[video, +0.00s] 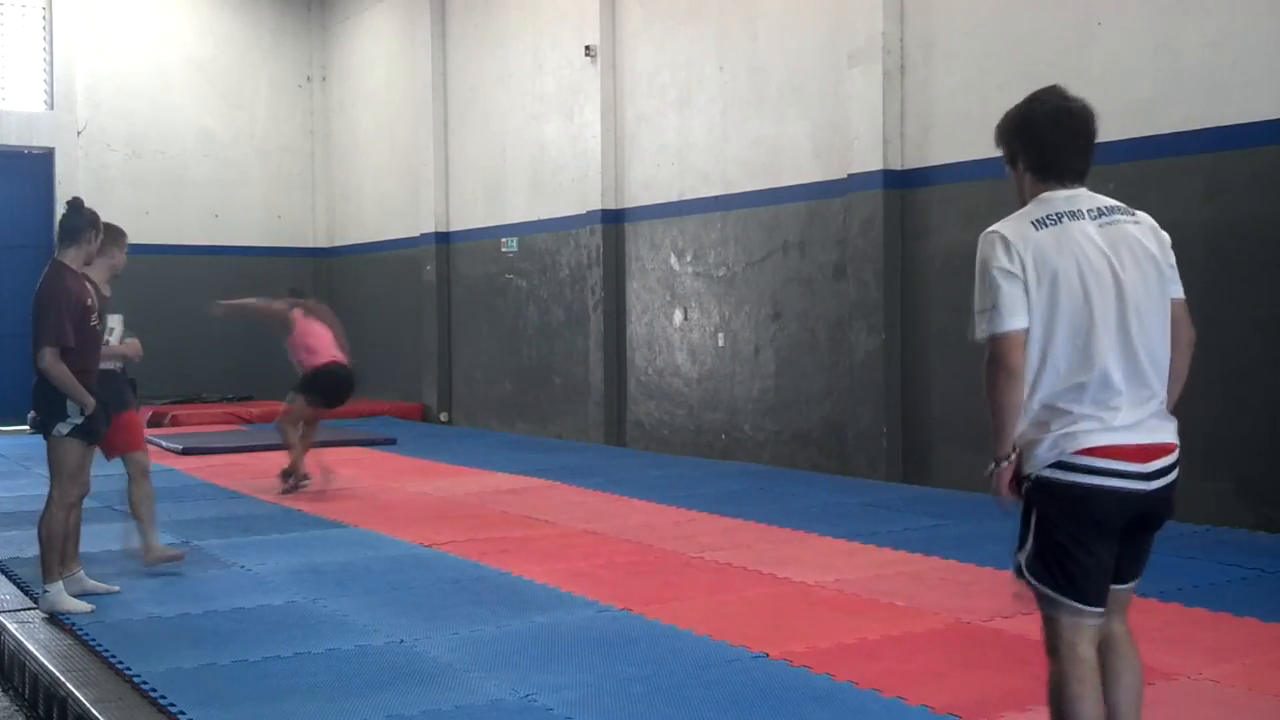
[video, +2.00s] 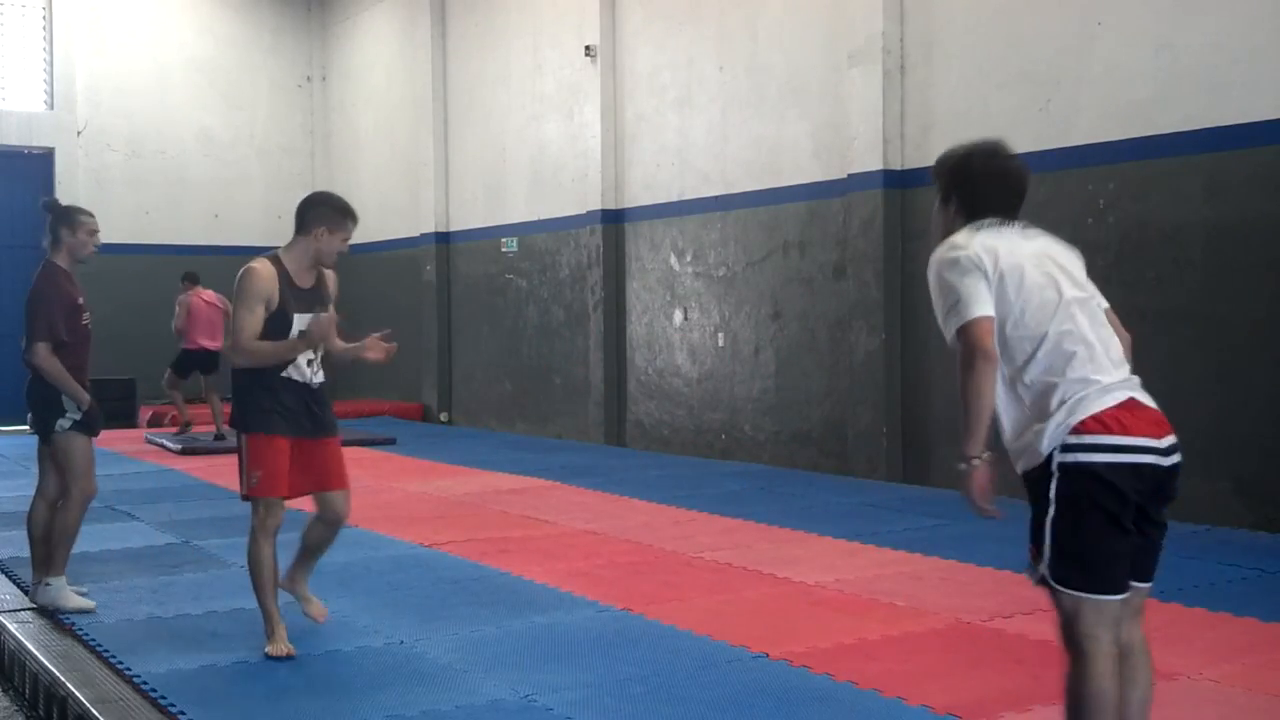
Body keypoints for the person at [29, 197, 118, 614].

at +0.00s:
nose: (99, 245)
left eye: (98, 238)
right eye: (99, 238)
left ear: (69, 235)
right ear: (91, 238)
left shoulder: (76, 279)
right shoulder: (58, 284)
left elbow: (77, 346)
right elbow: (48, 359)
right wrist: (87, 401)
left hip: (82, 396)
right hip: (64, 400)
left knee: (78, 489)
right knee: (63, 493)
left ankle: (71, 574)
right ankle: (51, 590)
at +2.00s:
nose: (95, 241)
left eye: (96, 234)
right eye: (90, 233)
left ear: (69, 237)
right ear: (65, 235)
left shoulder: (62, 277)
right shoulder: (50, 282)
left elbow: (56, 345)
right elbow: (39, 352)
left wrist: (79, 389)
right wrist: (82, 397)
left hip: (59, 392)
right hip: (57, 395)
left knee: (50, 489)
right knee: (82, 487)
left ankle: (43, 580)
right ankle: (53, 582)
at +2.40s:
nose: (87, 239)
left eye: (90, 232)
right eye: (77, 232)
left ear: (90, 236)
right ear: (55, 235)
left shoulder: (85, 282)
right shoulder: (43, 288)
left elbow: (96, 347)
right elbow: (28, 361)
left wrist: (114, 397)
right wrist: (79, 405)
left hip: (94, 398)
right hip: (61, 405)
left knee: (111, 485)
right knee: (77, 492)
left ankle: (58, 561)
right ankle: (67, 593)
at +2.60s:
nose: (80, 237)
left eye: (86, 230)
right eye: (71, 230)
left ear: (93, 232)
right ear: (55, 233)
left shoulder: (104, 280)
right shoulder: (41, 289)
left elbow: (118, 341)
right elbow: (19, 358)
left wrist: (129, 393)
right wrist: (65, 407)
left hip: (112, 402)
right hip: (67, 408)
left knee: (139, 488)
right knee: (69, 502)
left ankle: (113, 575)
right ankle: (67, 595)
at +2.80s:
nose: (92, 240)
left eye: (99, 232)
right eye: (84, 232)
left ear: (109, 234)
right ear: (69, 235)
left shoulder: (128, 285)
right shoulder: (51, 292)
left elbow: (141, 345)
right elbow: (24, 360)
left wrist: (146, 395)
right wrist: (63, 408)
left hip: (127, 404)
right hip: (77, 409)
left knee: (152, 500)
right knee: (74, 507)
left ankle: (169, 593)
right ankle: (68, 595)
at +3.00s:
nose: (119, 241)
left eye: (127, 234)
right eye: (110, 234)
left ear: (137, 238)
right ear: (97, 237)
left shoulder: (157, 291)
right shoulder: (74, 294)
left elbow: (173, 356)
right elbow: (46, 364)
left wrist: (172, 412)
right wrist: (78, 413)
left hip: (151, 412)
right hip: (95, 414)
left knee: (167, 508)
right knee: (86, 512)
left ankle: (178, 606)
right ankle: (72, 591)